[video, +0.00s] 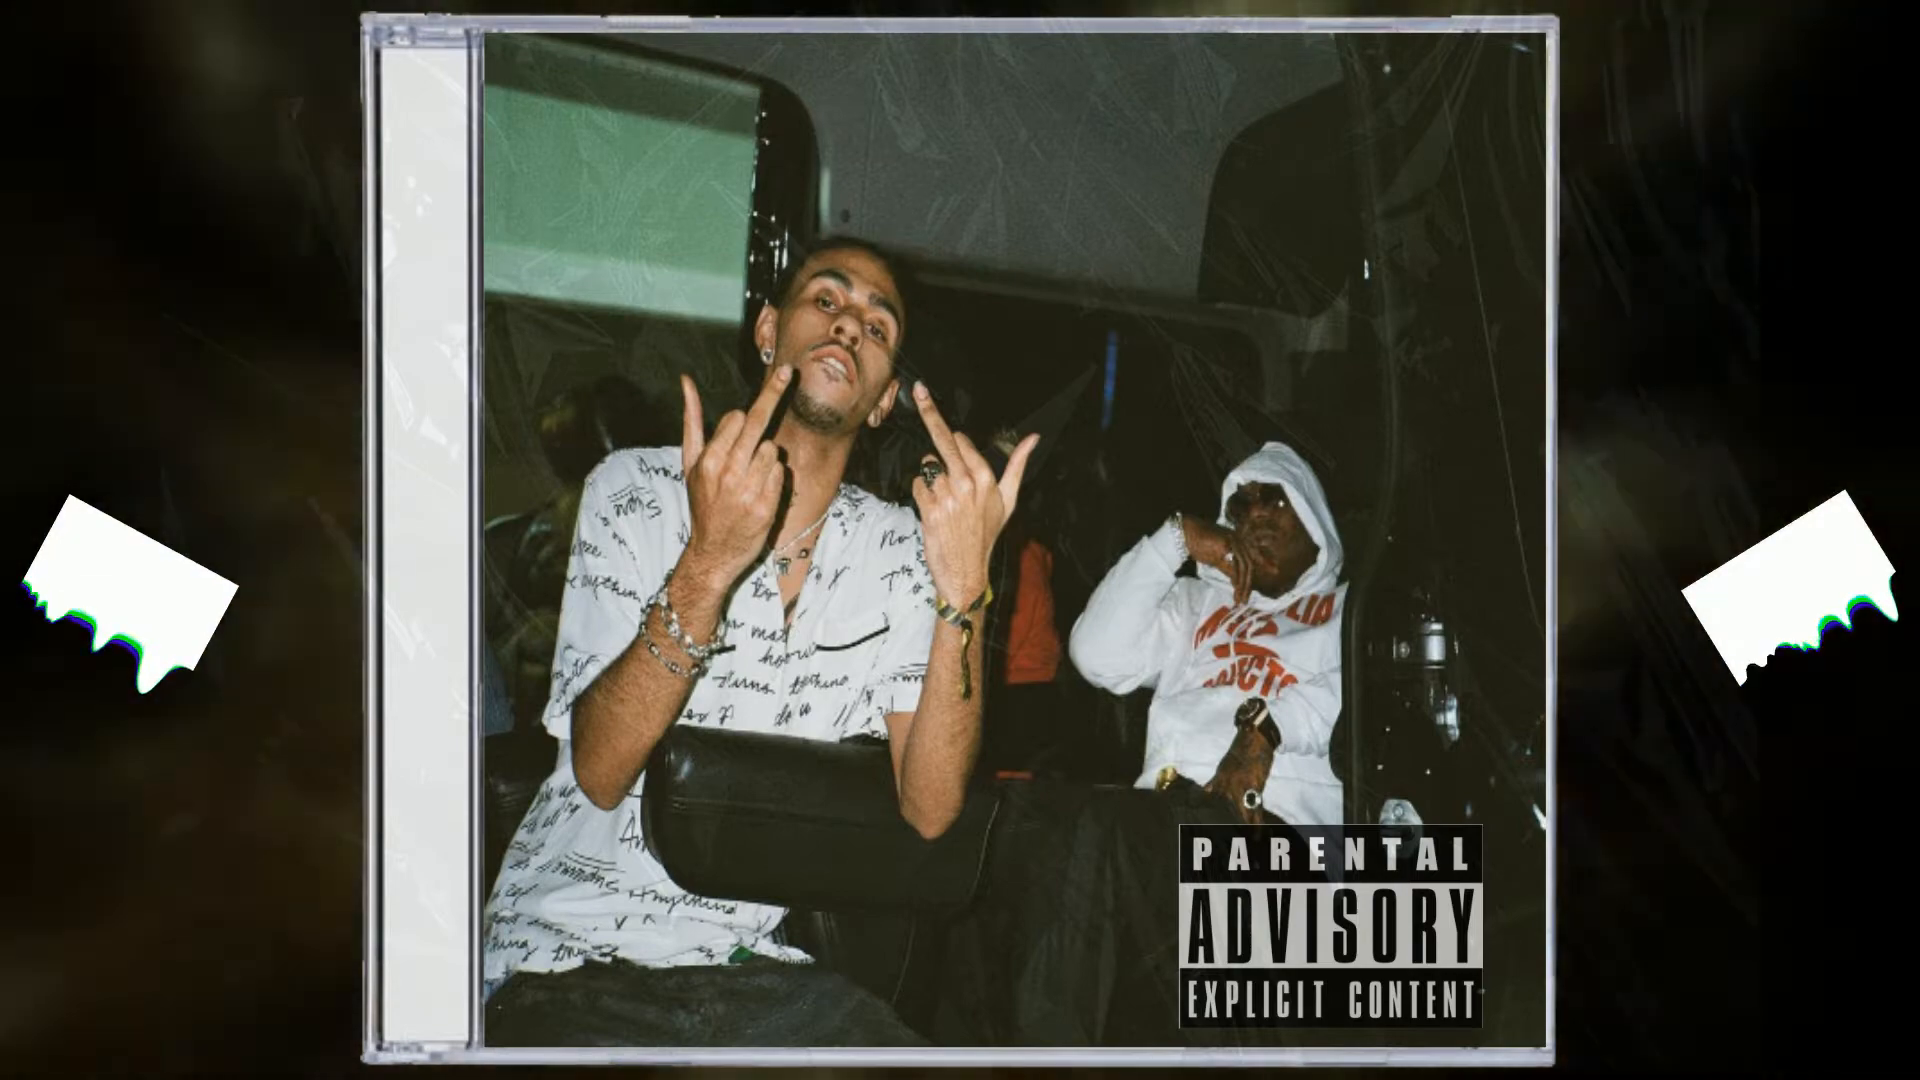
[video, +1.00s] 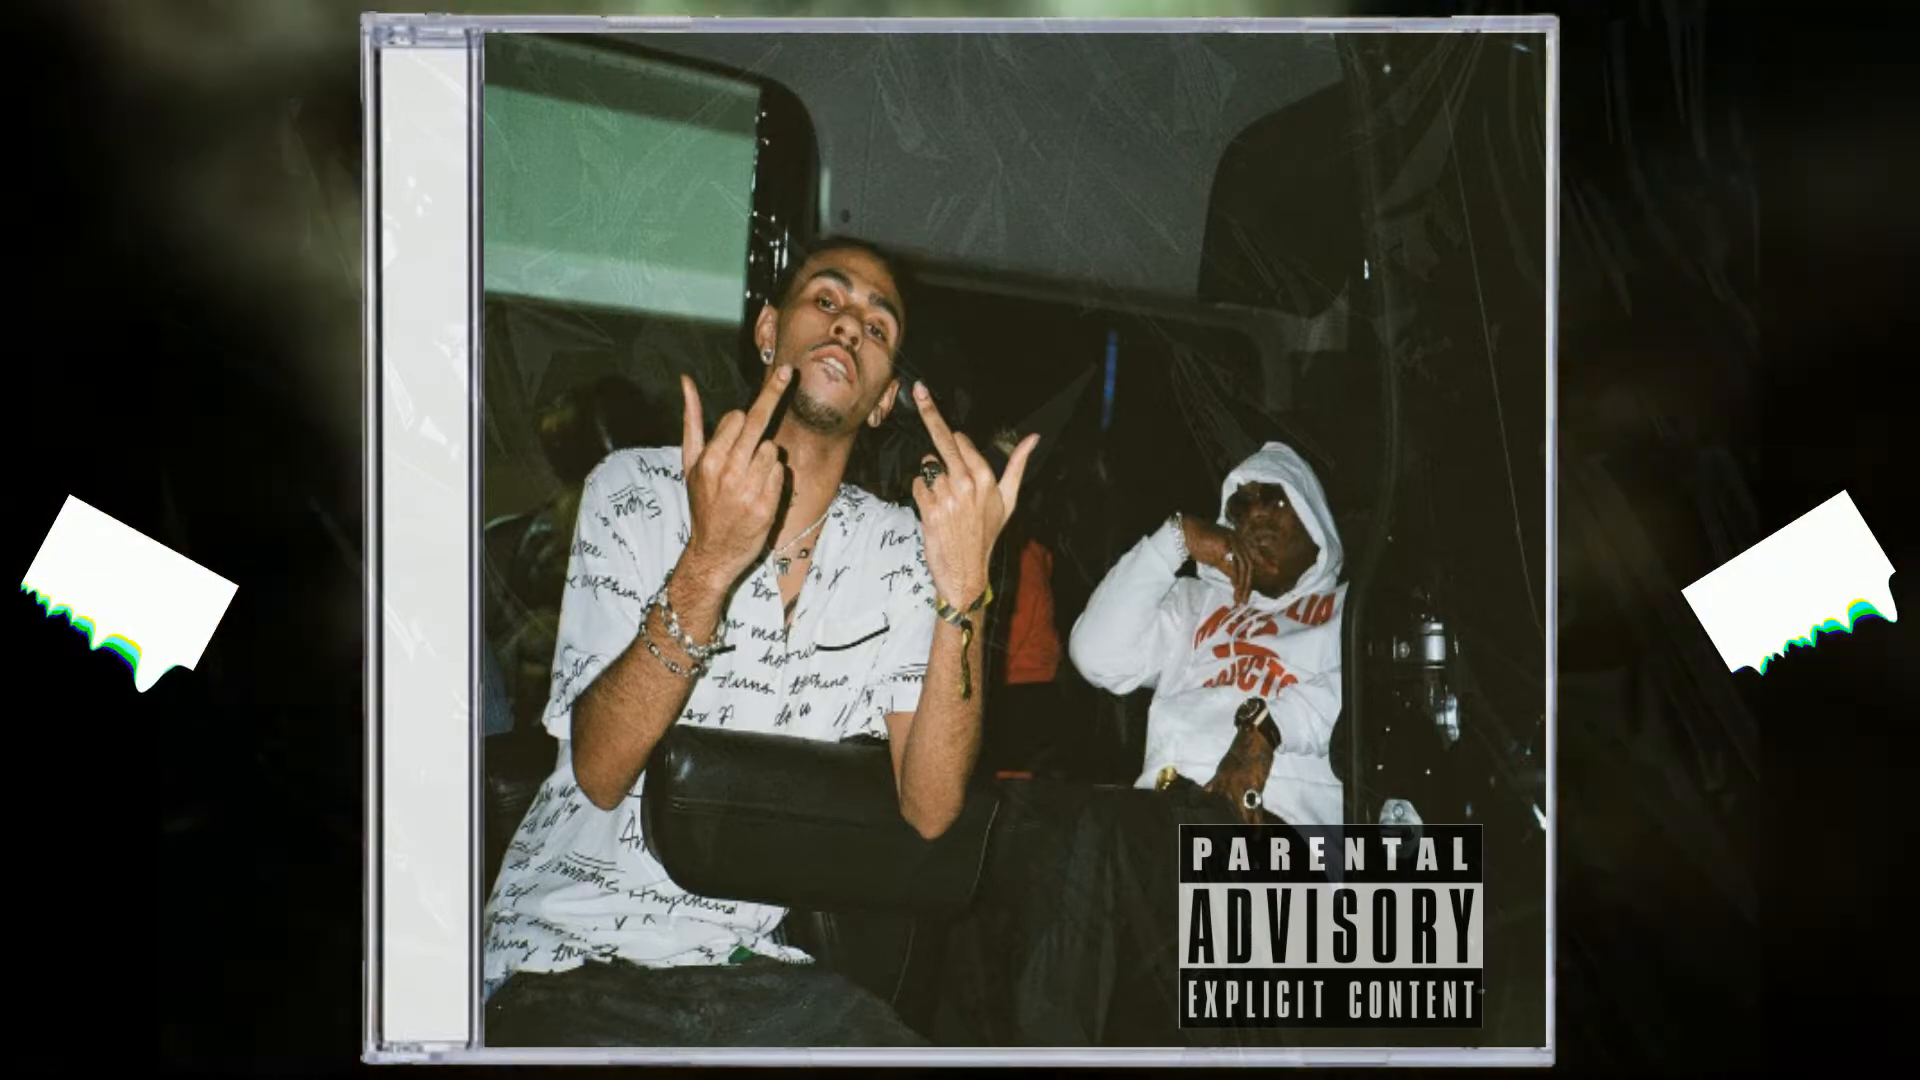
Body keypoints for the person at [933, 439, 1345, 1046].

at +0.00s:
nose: (1258, 518)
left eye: (1278, 501)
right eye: (1245, 503)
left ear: (1318, 521)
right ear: (1227, 523)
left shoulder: (1351, 607)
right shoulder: (1198, 601)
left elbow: (1342, 703)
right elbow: (1099, 657)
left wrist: (1268, 726)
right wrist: (1177, 539)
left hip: (1282, 817)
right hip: (1166, 806)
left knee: (1101, 824)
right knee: (1025, 809)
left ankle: (1052, 1053)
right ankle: (969, 1046)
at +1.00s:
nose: (1258, 517)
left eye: (1279, 501)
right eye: (1245, 502)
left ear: (1318, 522)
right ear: (1227, 523)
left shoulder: (1351, 607)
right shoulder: (1197, 601)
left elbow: (1351, 701)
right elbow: (1099, 657)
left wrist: (1269, 725)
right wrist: (1177, 539)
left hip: (1284, 815)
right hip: (1166, 806)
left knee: (1101, 824)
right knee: (1025, 810)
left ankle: (1052, 1051)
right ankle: (968, 1046)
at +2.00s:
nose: (1259, 517)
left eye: (1279, 501)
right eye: (1245, 502)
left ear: (1318, 521)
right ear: (1227, 523)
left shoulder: (1351, 606)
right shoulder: (1197, 601)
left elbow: (1356, 700)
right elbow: (1099, 658)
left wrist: (1269, 726)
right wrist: (1177, 539)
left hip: (1284, 817)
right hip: (1165, 807)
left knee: (1099, 825)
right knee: (1024, 810)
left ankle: (1052, 1053)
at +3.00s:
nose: (1259, 517)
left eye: (1280, 501)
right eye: (1246, 502)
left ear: (1319, 522)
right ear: (1227, 523)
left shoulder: (1351, 605)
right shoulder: (1197, 601)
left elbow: (1354, 702)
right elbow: (1099, 658)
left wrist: (1269, 725)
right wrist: (1176, 539)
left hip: (1286, 816)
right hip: (1166, 807)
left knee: (1102, 825)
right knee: (1027, 811)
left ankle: (1052, 1051)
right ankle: (972, 1047)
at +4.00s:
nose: (1259, 517)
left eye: (1280, 501)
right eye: (1246, 502)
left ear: (1319, 521)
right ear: (1227, 523)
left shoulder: (1352, 606)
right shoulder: (1197, 601)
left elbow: (1355, 702)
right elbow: (1099, 658)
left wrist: (1269, 725)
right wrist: (1176, 539)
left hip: (1287, 817)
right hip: (1166, 808)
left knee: (1096, 826)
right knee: (1025, 812)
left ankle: (1051, 1052)